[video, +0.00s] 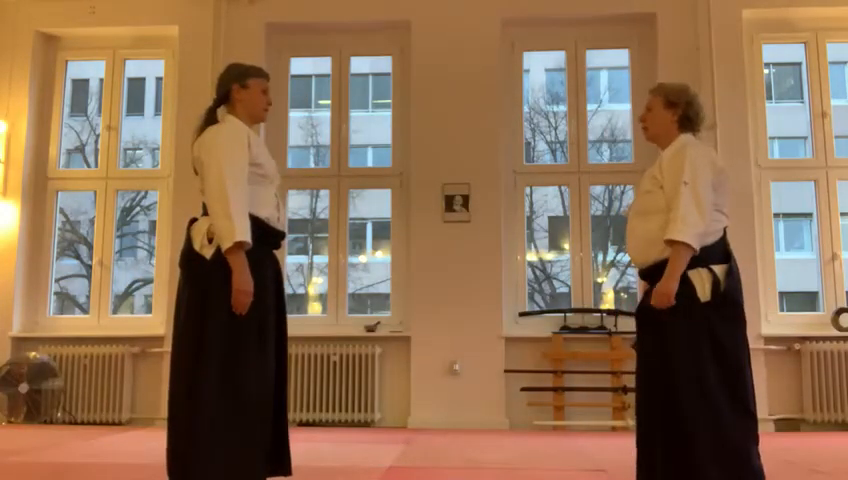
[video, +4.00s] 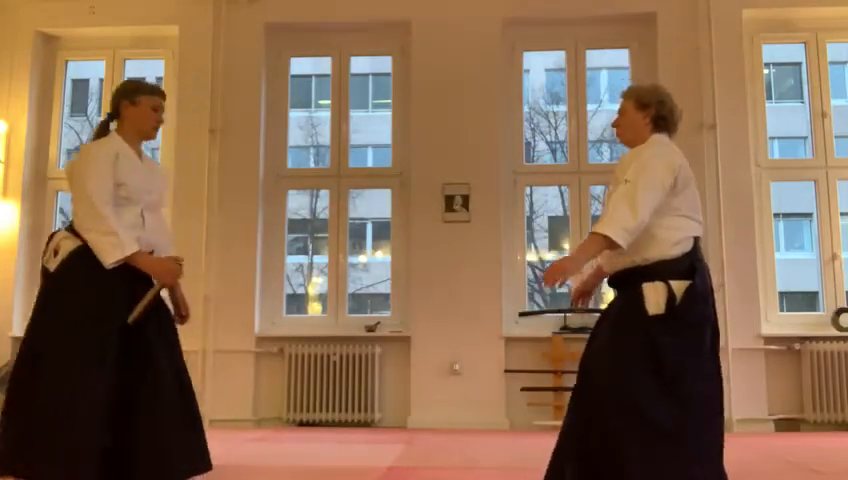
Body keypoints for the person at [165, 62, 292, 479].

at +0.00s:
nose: (269, 99)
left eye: (269, 92)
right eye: (262, 92)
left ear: (246, 97)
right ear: (236, 94)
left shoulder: (246, 136)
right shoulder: (226, 133)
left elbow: (245, 202)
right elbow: (223, 198)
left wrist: (265, 256)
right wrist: (239, 264)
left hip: (249, 256)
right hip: (230, 259)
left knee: (246, 366)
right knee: (230, 366)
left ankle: (242, 463)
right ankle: (225, 465)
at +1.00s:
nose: (269, 100)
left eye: (269, 93)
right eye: (262, 92)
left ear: (243, 96)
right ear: (235, 94)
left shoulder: (243, 136)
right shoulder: (225, 133)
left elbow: (240, 201)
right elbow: (221, 199)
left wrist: (261, 257)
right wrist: (239, 264)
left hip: (246, 256)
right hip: (229, 259)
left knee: (244, 368)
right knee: (230, 368)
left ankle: (241, 464)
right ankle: (227, 466)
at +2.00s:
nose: (273, 102)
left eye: (274, 94)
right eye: (267, 93)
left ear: (243, 96)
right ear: (240, 92)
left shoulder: (223, 133)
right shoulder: (238, 134)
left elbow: (254, 193)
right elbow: (262, 189)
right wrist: (324, 200)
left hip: (214, 249)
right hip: (234, 255)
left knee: (217, 359)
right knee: (238, 360)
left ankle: (214, 463)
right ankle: (236, 464)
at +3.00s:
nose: (245, 113)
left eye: (247, 106)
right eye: (239, 104)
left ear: (217, 103)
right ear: (212, 99)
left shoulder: (214, 145)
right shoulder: (195, 140)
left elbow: (211, 215)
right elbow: (186, 201)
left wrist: (233, 271)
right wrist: (249, 232)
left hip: (204, 264)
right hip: (184, 264)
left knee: (205, 374)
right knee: (187, 375)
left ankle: (201, 470)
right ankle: (186, 471)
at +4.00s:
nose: (160, 118)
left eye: (162, 111)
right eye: (154, 109)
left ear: (145, 115)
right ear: (127, 108)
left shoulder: (151, 168)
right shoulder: (95, 154)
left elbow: (156, 228)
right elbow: (91, 219)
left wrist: (174, 287)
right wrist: (145, 262)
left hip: (138, 280)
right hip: (93, 277)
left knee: (144, 382)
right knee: (87, 382)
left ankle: (139, 468)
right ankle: (81, 468)